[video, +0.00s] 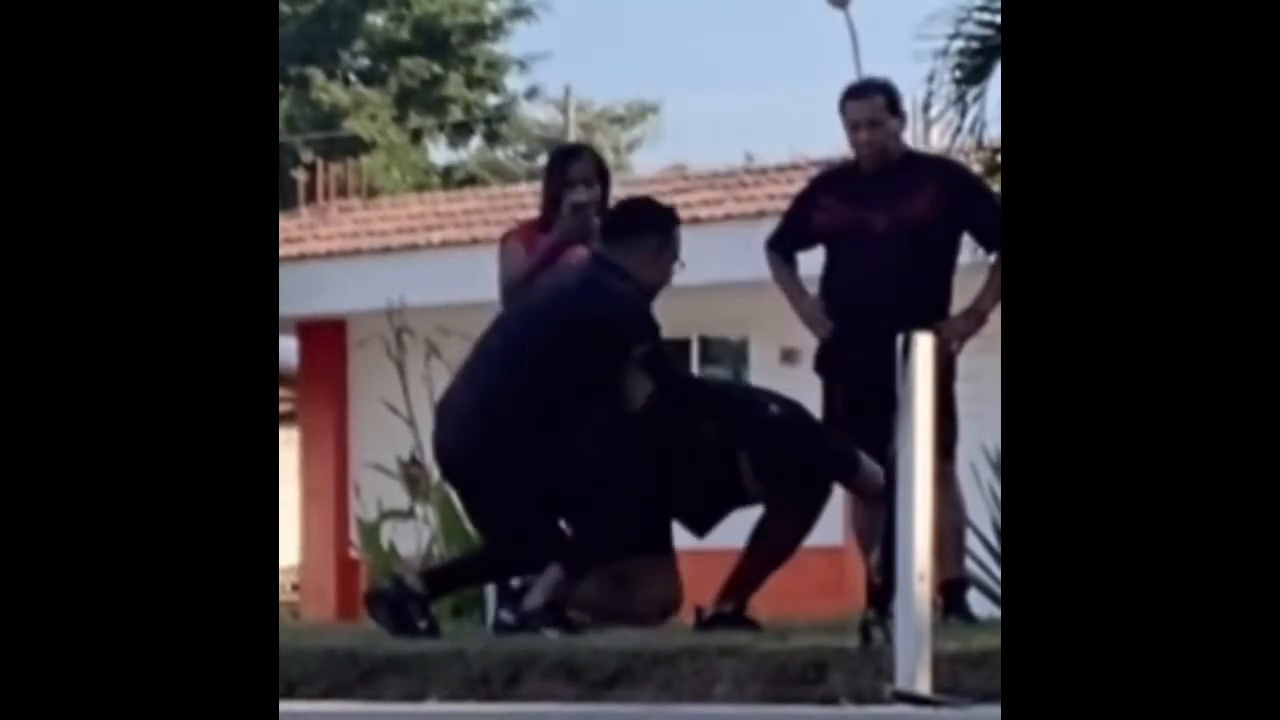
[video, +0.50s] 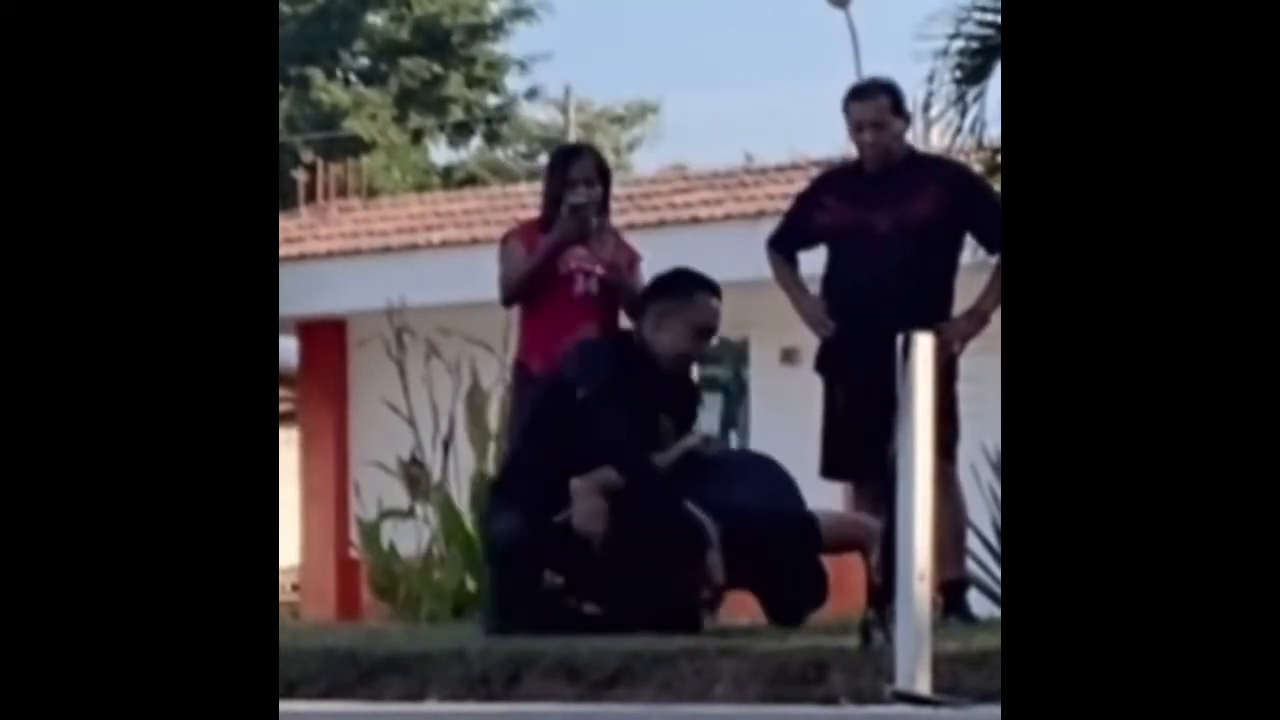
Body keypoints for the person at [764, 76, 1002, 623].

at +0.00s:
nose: (863, 137)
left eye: (873, 125)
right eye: (853, 127)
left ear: (899, 123)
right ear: (843, 131)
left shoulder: (944, 180)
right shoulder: (830, 188)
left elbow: (1002, 246)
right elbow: (778, 251)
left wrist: (972, 317)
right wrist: (814, 319)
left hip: (922, 350)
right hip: (850, 349)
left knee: (933, 473)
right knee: (864, 479)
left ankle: (952, 591)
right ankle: (878, 596)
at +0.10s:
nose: (863, 138)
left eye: (874, 125)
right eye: (853, 127)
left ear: (900, 123)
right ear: (844, 131)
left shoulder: (944, 180)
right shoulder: (831, 188)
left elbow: (1001, 246)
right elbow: (778, 252)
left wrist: (973, 318)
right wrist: (815, 319)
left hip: (923, 350)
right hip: (850, 350)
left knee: (933, 472)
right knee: (861, 480)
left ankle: (952, 592)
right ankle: (879, 597)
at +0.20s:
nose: (864, 138)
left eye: (875, 125)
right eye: (854, 128)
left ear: (900, 123)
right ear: (844, 131)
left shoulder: (945, 180)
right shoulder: (831, 188)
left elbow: (1002, 247)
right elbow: (778, 252)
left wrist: (973, 318)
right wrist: (815, 319)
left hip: (923, 351)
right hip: (850, 350)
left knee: (933, 473)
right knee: (860, 481)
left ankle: (952, 592)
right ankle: (880, 597)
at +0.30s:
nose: (866, 138)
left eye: (876, 125)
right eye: (856, 127)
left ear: (901, 123)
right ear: (845, 131)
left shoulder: (946, 181)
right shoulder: (831, 188)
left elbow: (1002, 247)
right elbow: (779, 251)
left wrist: (973, 319)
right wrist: (815, 318)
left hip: (923, 352)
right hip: (851, 351)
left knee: (933, 474)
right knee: (861, 482)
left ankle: (952, 593)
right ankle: (878, 599)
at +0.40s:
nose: (867, 138)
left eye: (877, 126)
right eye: (857, 127)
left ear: (902, 123)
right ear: (846, 130)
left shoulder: (947, 181)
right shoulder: (832, 187)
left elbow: (1003, 247)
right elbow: (779, 250)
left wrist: (974, 318)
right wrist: (813, 315)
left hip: (924, 351)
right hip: (852, 351)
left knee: (934, 474)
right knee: (867, 484)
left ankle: (952, 594)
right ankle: (879, 602)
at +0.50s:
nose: (867, 138)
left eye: (878, 126)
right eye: (857, 128)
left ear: (903, 123)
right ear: (847, 131)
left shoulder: (948, 181)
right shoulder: (833, 187)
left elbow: (1003, 248)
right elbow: (779, 250)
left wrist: (974, 319)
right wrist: (813, 314)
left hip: (925, 351)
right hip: (853, 351)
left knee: (935, 474)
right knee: (866, 482)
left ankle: (952, 594)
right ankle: (878, 600)